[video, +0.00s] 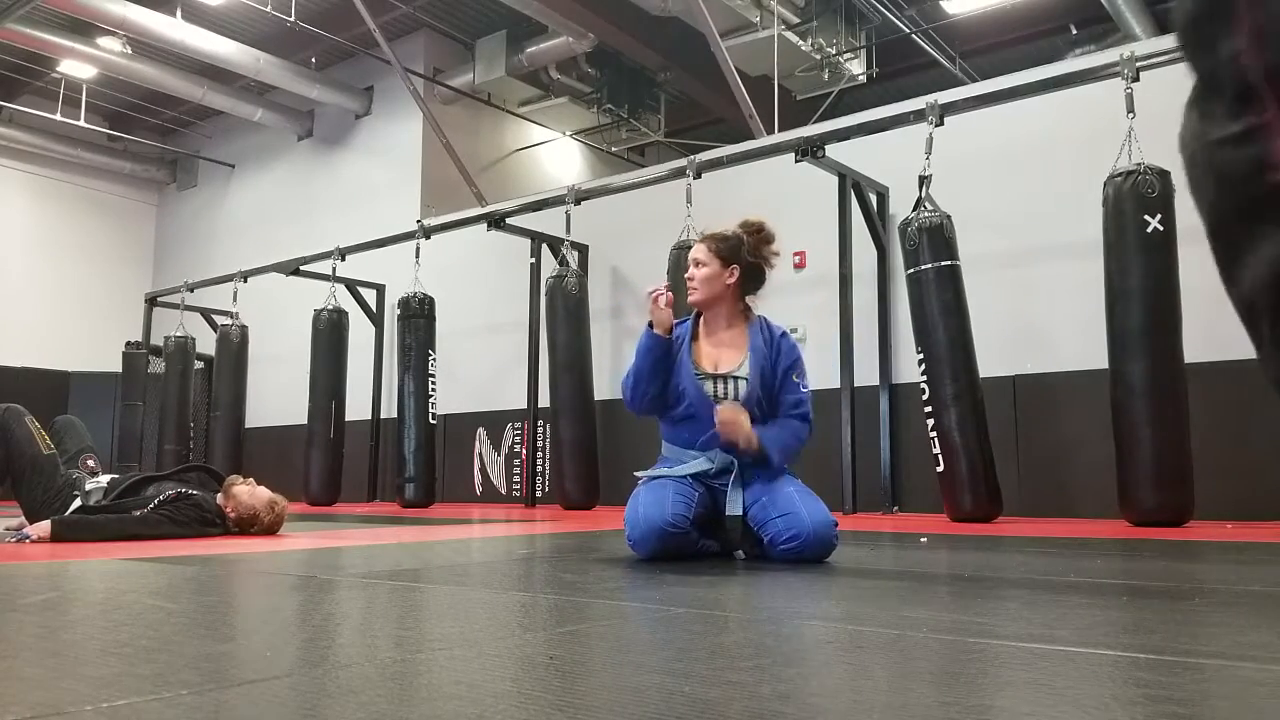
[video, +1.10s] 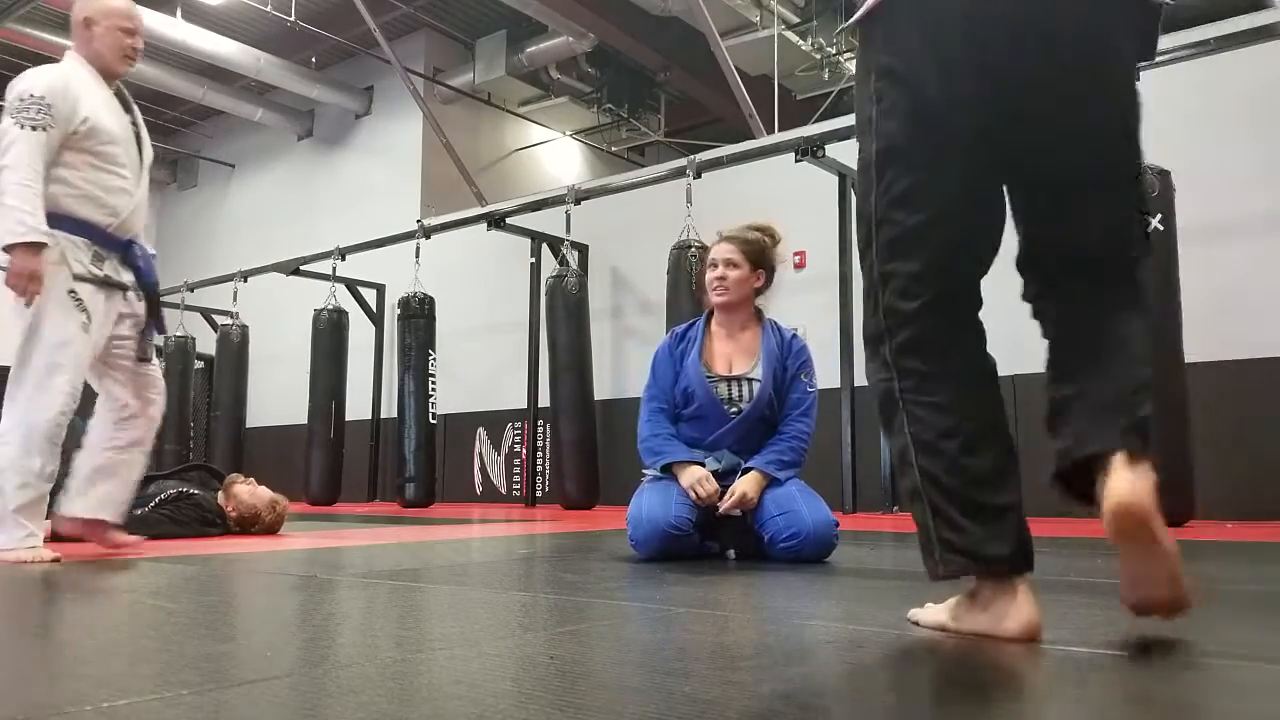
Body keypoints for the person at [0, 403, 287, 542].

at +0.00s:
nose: (246, 477)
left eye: (248, 487)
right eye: (253, 483)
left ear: (233, 509)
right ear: (235, 504)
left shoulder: (199, 513)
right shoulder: (215, 490)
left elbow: (130, 524)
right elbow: (151, 487)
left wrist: (56, 527)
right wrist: (112, 481)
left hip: (68, 500)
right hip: (99, 486)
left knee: (11, 414)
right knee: (66, 421)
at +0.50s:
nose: (247, 477)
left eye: (250, 487)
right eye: (255, 483)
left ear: (233, 508)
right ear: (235, 504)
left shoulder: (199, 513)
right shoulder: (214, 490)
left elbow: (130, 524)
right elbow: (151, 485)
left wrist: (57, 527)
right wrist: (110, 480)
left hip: (69, 500)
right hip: (98, 485)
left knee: (12, 415)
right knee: (66, 421)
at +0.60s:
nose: (247, 477)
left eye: (250, 487)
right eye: (255, 483)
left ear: (235, 509)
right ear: (236, 504)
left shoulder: (200, 513)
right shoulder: (213, 490)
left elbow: (131, 524)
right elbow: (151, 484)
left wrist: (57, 527)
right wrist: (109, 479)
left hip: (68, 500)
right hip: (97, 484)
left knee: (15, 415)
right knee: (67, 422)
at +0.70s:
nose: (248, 477)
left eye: (251, 488)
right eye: (256, 483)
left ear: (234, 510)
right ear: (234, 505)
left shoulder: (200, 513)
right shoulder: (212, 488)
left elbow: (130, 525)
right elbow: (152, 486)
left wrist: (50, 526)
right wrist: (110, 482)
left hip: (69, 503)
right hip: (98, 485)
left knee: (16, 415)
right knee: (67, 423)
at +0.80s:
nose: (248, 478)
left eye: (251, 488)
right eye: (256, 483)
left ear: (232, 510)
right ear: (233, 507)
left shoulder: (198, 512)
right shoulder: (214, 491)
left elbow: (128, 524)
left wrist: (54, 526)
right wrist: (112, 486)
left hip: (71, 503)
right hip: (102, 489)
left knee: (28, 429)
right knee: (68, 424)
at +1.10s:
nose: (250, 478)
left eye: (252, 488)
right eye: (257, 483)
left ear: (231, 510)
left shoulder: (202, 513)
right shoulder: (211, 485)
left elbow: (138, 523)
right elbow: (152, 483)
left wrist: (72, 521)